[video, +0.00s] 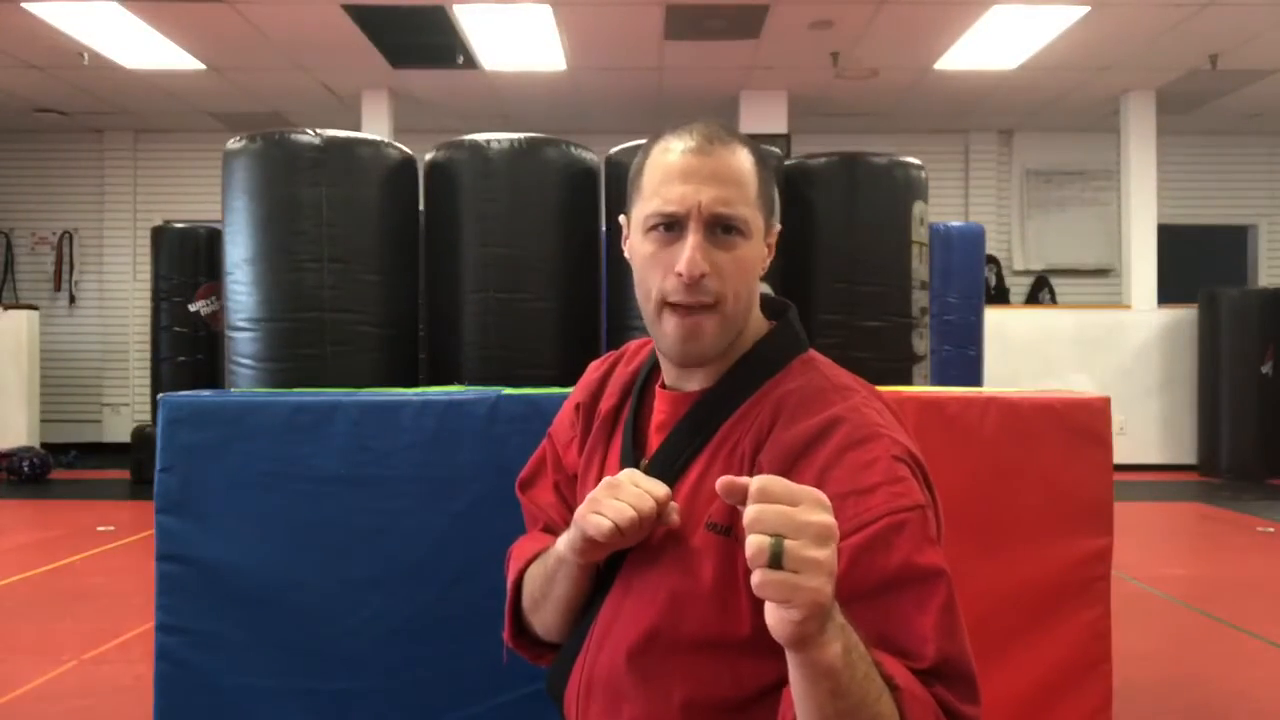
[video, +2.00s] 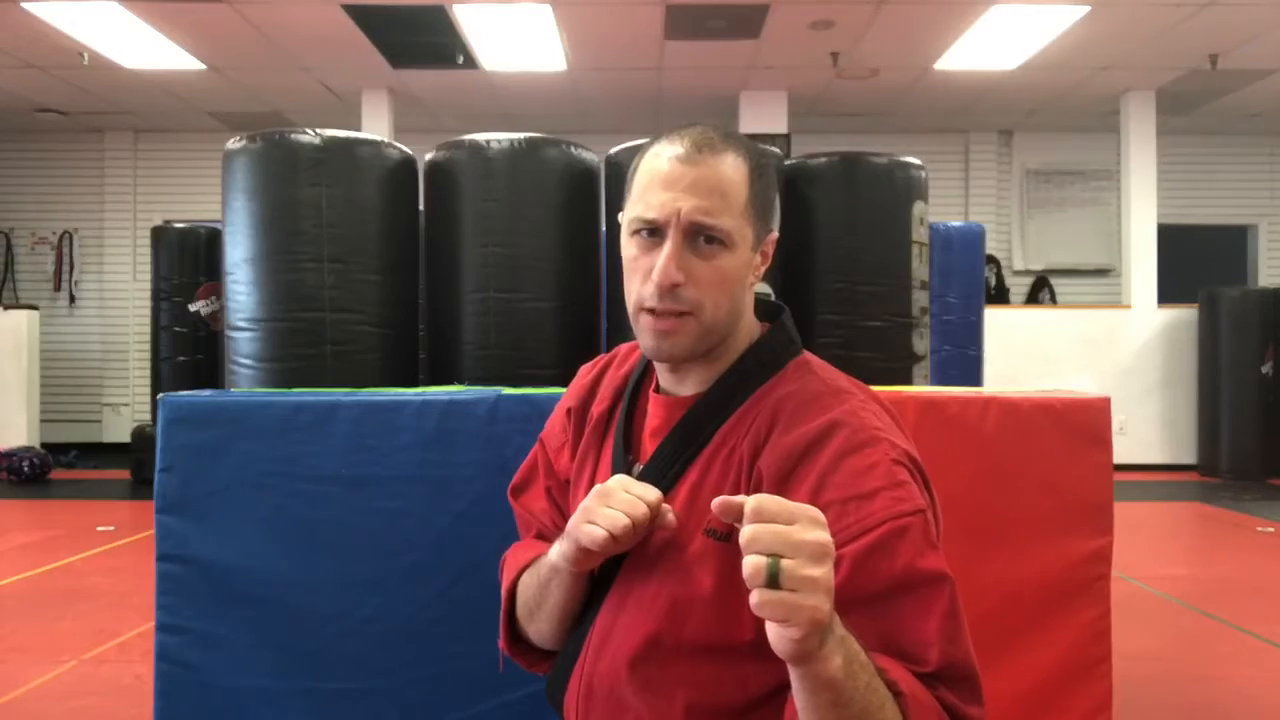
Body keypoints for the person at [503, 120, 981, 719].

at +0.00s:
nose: (691, 264)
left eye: (725, 231)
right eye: (666, 228)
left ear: (768, 247)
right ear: (627, 240)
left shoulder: (848, 439)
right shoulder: (604, 390)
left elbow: (919, 705)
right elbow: (537, 626)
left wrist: (817, 638)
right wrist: (574, 550)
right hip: (592, 706)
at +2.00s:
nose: (664, 274)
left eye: (706, 240)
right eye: (648, 233)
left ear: (761, 260)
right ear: (621, 241)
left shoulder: (842, 439)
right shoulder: (598, 390)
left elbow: (932, 706)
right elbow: (534, 632)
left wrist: (819, 651)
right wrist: (567, 558)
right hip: (588, 707)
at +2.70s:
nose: (705, 246)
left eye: (736, 215)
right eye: (679, 215)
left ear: (782, 237)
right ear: (644, 237)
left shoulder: (867, 405)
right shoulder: (592, 379)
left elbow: (929, 701)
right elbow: (542, 636)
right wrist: (547, 564)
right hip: (627, 704)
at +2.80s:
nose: (699, 244)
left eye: (730, 211)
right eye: (672, 213)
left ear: (773, 233)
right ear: (630, 236)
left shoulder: (863, 396)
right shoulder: (600, 389)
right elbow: (575, 577)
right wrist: (538, 655)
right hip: (630, 704)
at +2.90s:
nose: (638, 259)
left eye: (671, 227)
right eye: (608, 229)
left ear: (719, 246)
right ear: (569, 255)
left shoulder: (805, 407)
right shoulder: (586, 421)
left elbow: (892, 680)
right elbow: (569, 625)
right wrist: (553, 700)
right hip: (602, 704)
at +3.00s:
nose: (544, 275)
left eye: (576, 242)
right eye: (516, 248)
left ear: (637, 259)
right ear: (488, 276)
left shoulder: (723, 415)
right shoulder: (540, 454)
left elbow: (864, 676)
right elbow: (528, 671)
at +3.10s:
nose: (450, 282)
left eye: (483, 246)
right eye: (423, 253)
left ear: (550, 262)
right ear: (399, 280)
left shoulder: (644, 394)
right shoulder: (457, 459)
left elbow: (822, 621)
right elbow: (465, 669)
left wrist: (692, 671)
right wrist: (341, 700)